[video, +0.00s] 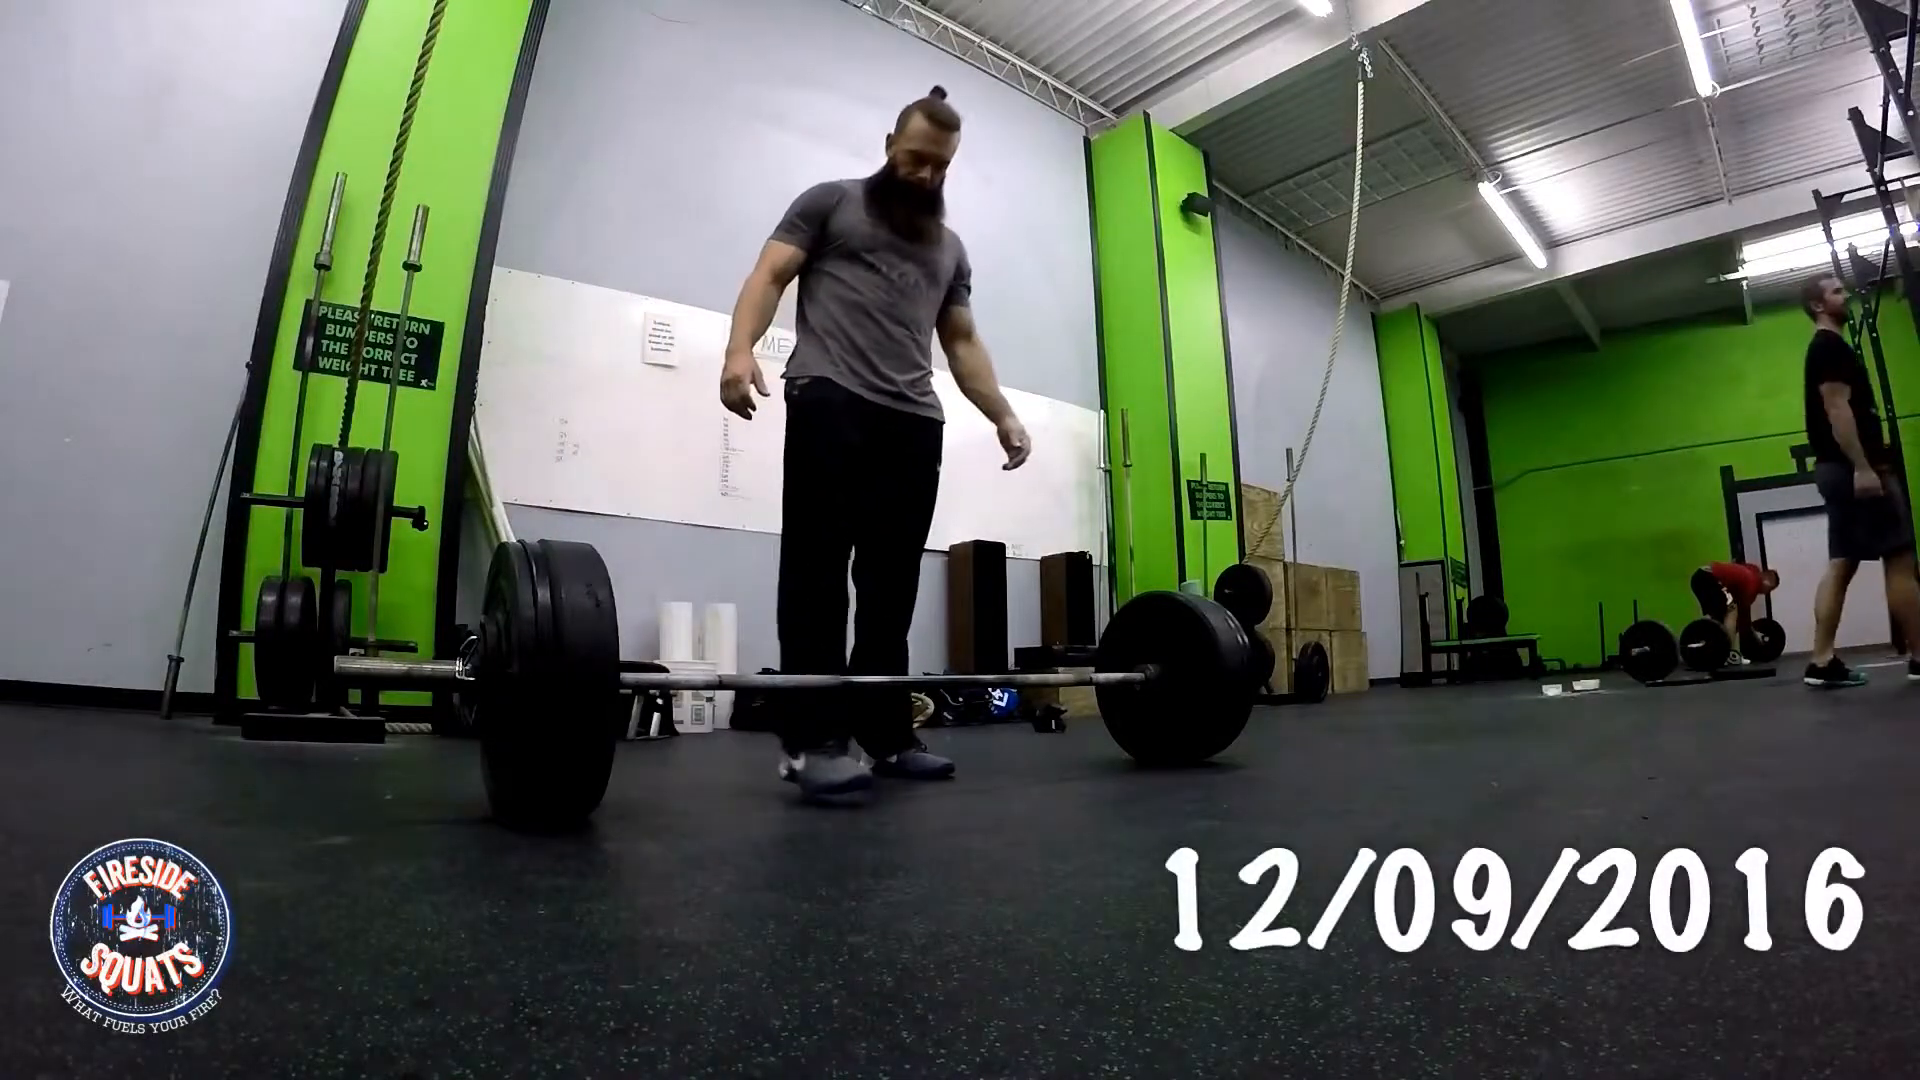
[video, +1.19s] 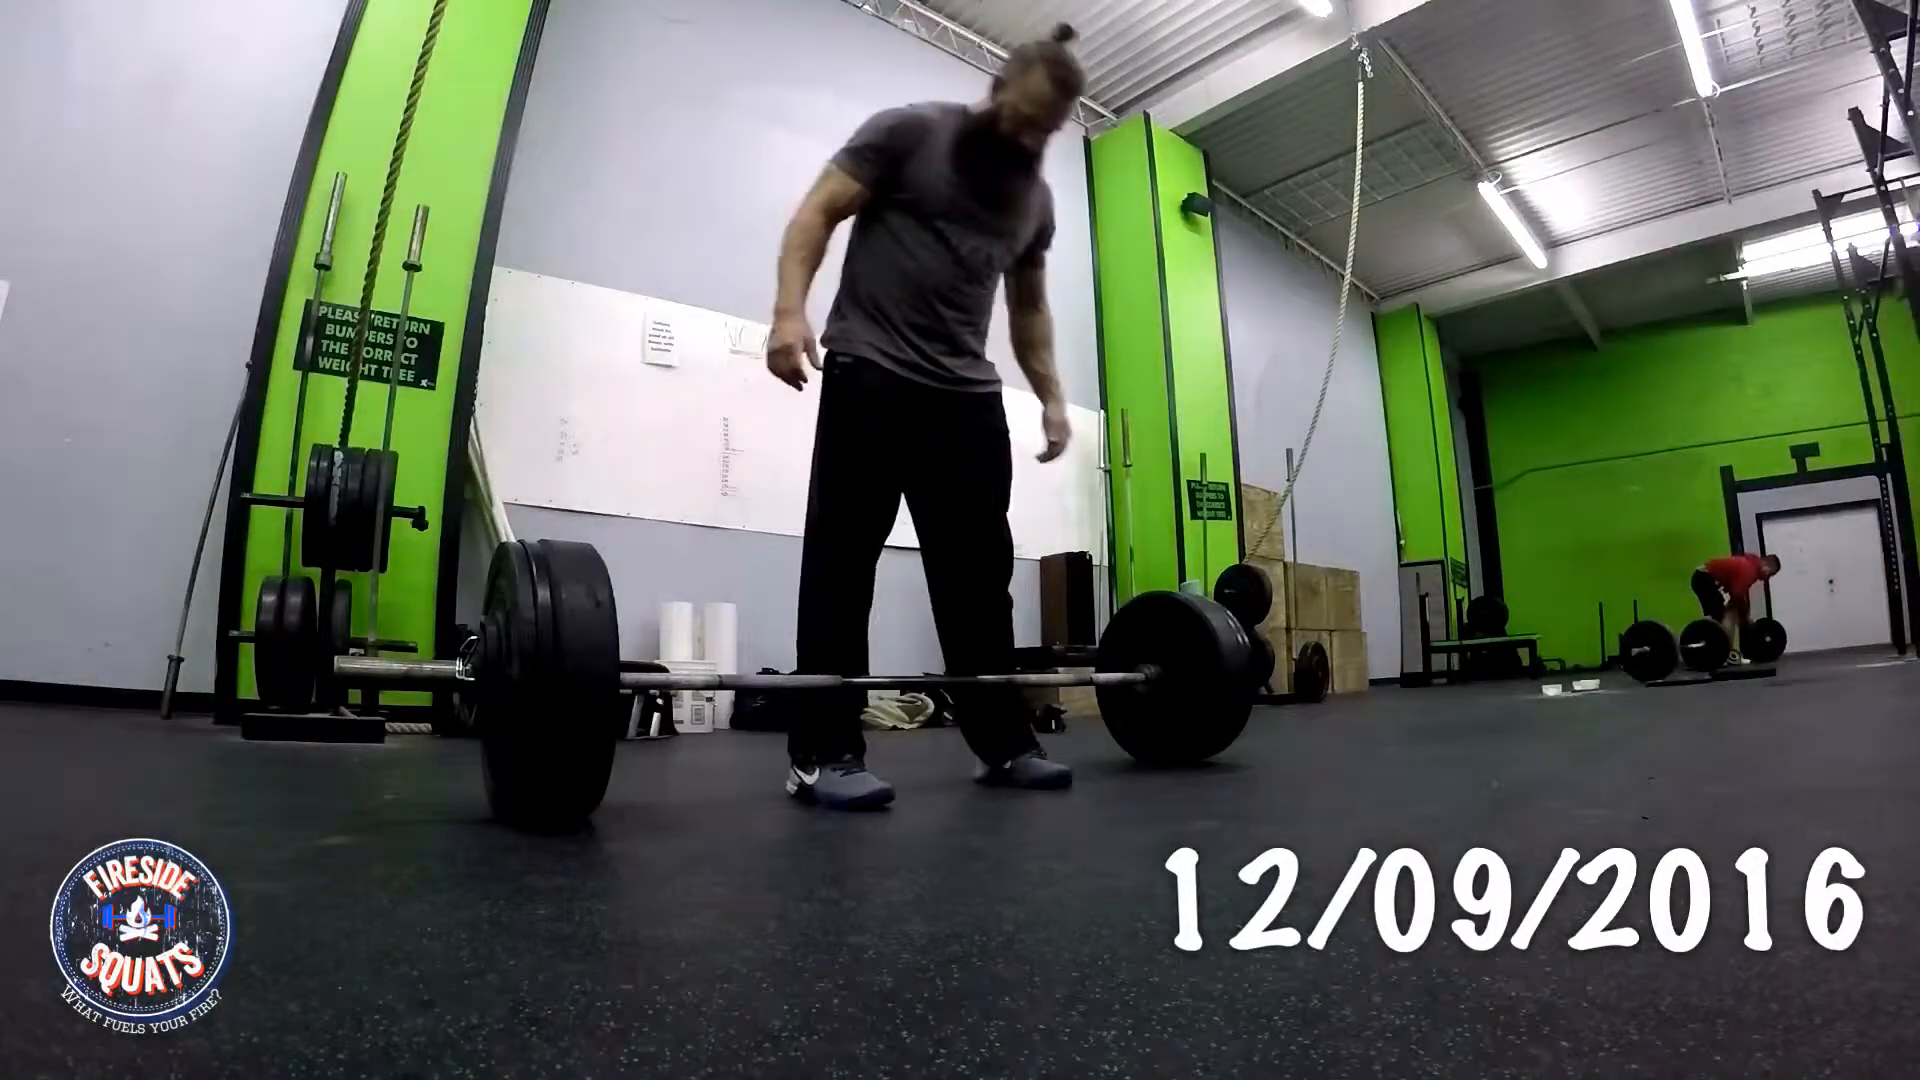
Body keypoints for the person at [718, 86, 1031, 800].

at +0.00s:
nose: (926, 174)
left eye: (939, 164)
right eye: (915, 158)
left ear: (951, 163)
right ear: (888, 146)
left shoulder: (949, 249)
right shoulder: (832, 202)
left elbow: (961, 341)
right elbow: (770, 275)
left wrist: (1003, 415)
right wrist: (739, 352)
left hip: (911, 420)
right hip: (828, 406)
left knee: (891, 582)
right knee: (814, 573)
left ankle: (885, 737)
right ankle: (812, 743)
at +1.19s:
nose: (1029, 136)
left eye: (1044, 127)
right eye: (1023, 116)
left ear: (1058, 122)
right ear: (995, 87)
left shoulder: (1033, 201)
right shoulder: (908, 134)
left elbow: (1029, 305)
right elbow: (817, 213)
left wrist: (1052, 397)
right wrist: (789, 315)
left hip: (964, 396)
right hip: (868, 378)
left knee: (978, 570)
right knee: (841, 565)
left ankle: (1004, 748)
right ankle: (824, 756)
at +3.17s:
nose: (1009, 50)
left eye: (1017, 41)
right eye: (995, 34)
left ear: (1020, 57)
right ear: (951, 40)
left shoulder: (1007, 168)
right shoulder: (885, 112)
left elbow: (1010, 285)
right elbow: (809, 204)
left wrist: (1053, 372)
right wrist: (816, 302)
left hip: (967, 390)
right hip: (870, 373)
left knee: (980, 569)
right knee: (843, 564)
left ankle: (1004, 747)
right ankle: (820, 758)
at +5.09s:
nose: (996, 66)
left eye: (1004, 59)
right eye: (982, 51)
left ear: (1006, 77)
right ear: (939, 58)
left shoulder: (1009, 177)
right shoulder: (880, 125)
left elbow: (1016, 280)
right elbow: (792, 210)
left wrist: (1022, 342)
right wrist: (837, 290)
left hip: (959, 388)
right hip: (865, 375)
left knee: (994, 551)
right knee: (840, 560)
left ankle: (1006, 744)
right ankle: (819, 758)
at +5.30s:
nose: (1038, 137)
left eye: (1052, 126)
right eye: (1032, 116)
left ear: (1059, 130)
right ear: (997, 95)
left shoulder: (1032, 224)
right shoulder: (909, 154)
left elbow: (1031, 322)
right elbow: (806, 243)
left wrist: (1027, 394)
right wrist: (862, 332)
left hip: (937, 403)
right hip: (846, 388)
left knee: (994, 550)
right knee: (833, 562)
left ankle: (1008, 743)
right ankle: (818, 758)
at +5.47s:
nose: (1078, 225)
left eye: (1089, 213)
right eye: (1075, 206)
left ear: (1092, 203)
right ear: (1040, 172)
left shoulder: (1050, 278)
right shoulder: (933, 202)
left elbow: (1054, 385)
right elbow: (835, 309)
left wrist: (1057, 482)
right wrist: (898, 409)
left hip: (928, 410)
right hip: (843, 388)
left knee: (993, 553)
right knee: (832, 558)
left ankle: (1006, 745)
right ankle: (818, 759)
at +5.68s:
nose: (1111, 346)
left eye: (1122, 336)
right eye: (1110, 329)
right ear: (1079, 289)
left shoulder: (1076, 355)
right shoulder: (961, 275)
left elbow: (1084, 465)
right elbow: (856, 383)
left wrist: (1097, 583)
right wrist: (908, 502)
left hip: (934, 425)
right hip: (845, 399)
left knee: (1001, 552)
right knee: (838, 558)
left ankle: (1008, 745)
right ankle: (819, 760)